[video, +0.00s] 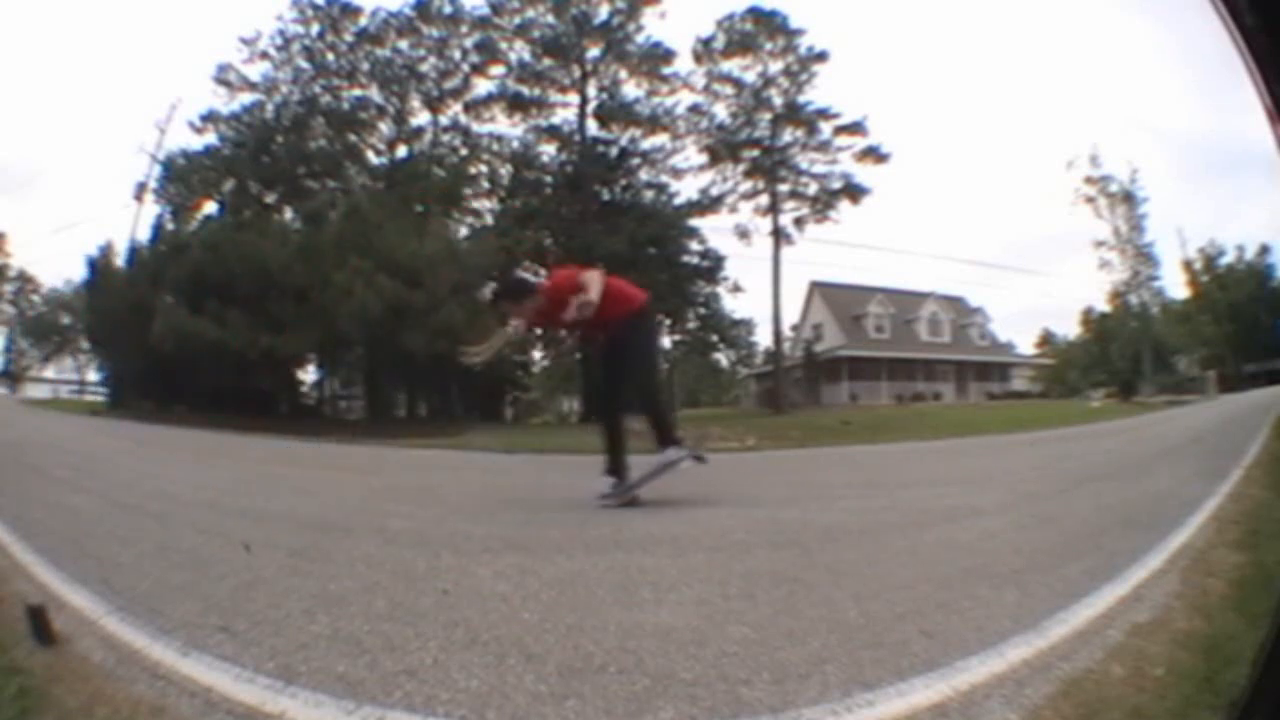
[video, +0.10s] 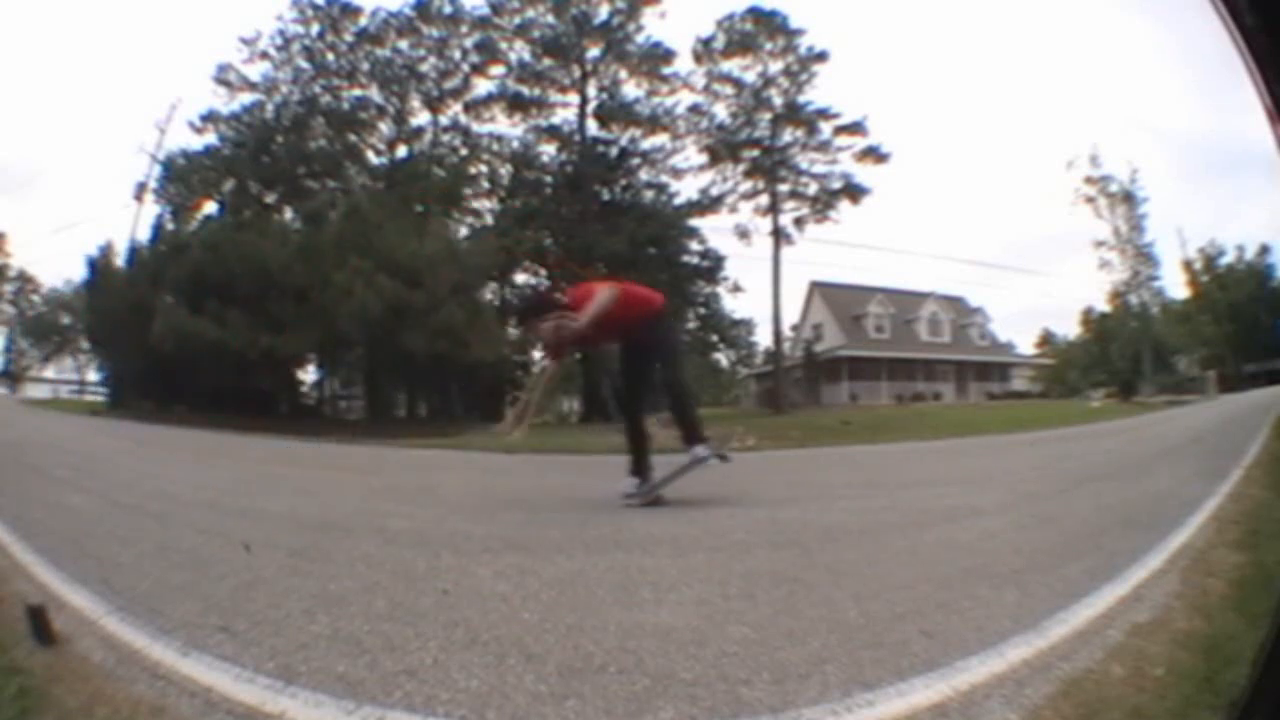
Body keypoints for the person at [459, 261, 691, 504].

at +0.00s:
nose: (515, 316)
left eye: (514, 310)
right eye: (511, 313)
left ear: (525, 299)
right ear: (518, 306)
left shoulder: (557, 284)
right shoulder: (534, 311)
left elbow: (594, 275)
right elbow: (511, 330)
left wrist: (591, 295)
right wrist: (485, 352)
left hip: (632, 316)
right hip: (602, 331)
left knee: (645, 384)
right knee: (606, 403)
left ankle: (670, 444)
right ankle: (618, 477)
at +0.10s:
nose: (538, 337)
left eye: (537, 329)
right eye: (534, 332)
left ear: (549, 315)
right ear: (542, 323)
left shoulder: (577, 298)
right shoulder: (561, 337)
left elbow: (609, 291)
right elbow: (546, 379)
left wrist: (583, 319)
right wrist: (525, 416)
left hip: (657, 317)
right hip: (631, 334)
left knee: (673, 382)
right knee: (630, 401)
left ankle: (697, 443)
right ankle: (641, 476)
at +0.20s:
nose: (565, 361)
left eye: (564, 353)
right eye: (561, 356)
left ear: (576, 341)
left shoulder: (610, 315)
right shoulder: (587, 355)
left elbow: (629, 346)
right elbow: (594, 391)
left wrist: (601, 392)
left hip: (671, 320)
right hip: (644, 337)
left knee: (691, 380)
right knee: (647, 407)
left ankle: (712, 443)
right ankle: (663, 475)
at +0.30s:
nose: (599, 375)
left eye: (600, 367)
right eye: (595, 370)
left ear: (612, 357)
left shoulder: (641, 345)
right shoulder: (602, 366)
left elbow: (655, 400)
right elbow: (610, 419)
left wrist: (651, 441)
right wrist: (612, 479)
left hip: (682, 330)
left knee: (712, 387)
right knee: (661, 416)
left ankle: (731, 447)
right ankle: (683, 474)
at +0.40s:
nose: (630, 401)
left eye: (631, 393)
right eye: (623, 396)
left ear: (639, 381)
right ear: (614, 393)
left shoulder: (663, 377)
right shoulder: (615, 392)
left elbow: (681, 435)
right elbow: (627, 446)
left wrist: (688, 494)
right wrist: (630, 503)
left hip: (690, 346)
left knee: (731, 397)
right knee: (673, 434)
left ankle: (755, 451)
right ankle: (715, 473)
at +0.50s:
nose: (646, 427)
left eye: (648, 420)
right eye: (641, 423)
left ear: (656, 408)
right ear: (629, 411)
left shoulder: (676, 397)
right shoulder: (629, 405)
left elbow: (697, 451)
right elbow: (631, 454)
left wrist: (702, 507)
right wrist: (633, 506)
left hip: (695, 368)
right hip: (664, 378)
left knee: (748, 405)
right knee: (697, 445)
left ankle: (782, 457)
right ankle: (745, 471)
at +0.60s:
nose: (656, 411)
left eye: (659, 404)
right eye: (650, 408)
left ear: (664, 392)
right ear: (637, 404)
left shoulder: (686, 390)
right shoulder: (630, 407)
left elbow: (703, 451)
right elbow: (633, 454)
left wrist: (704, 503)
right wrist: (633, 505)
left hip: (702, 406)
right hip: (679, 430)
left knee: (764, 422)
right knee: (725, 460)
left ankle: (806, 460)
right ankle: (770, 471)